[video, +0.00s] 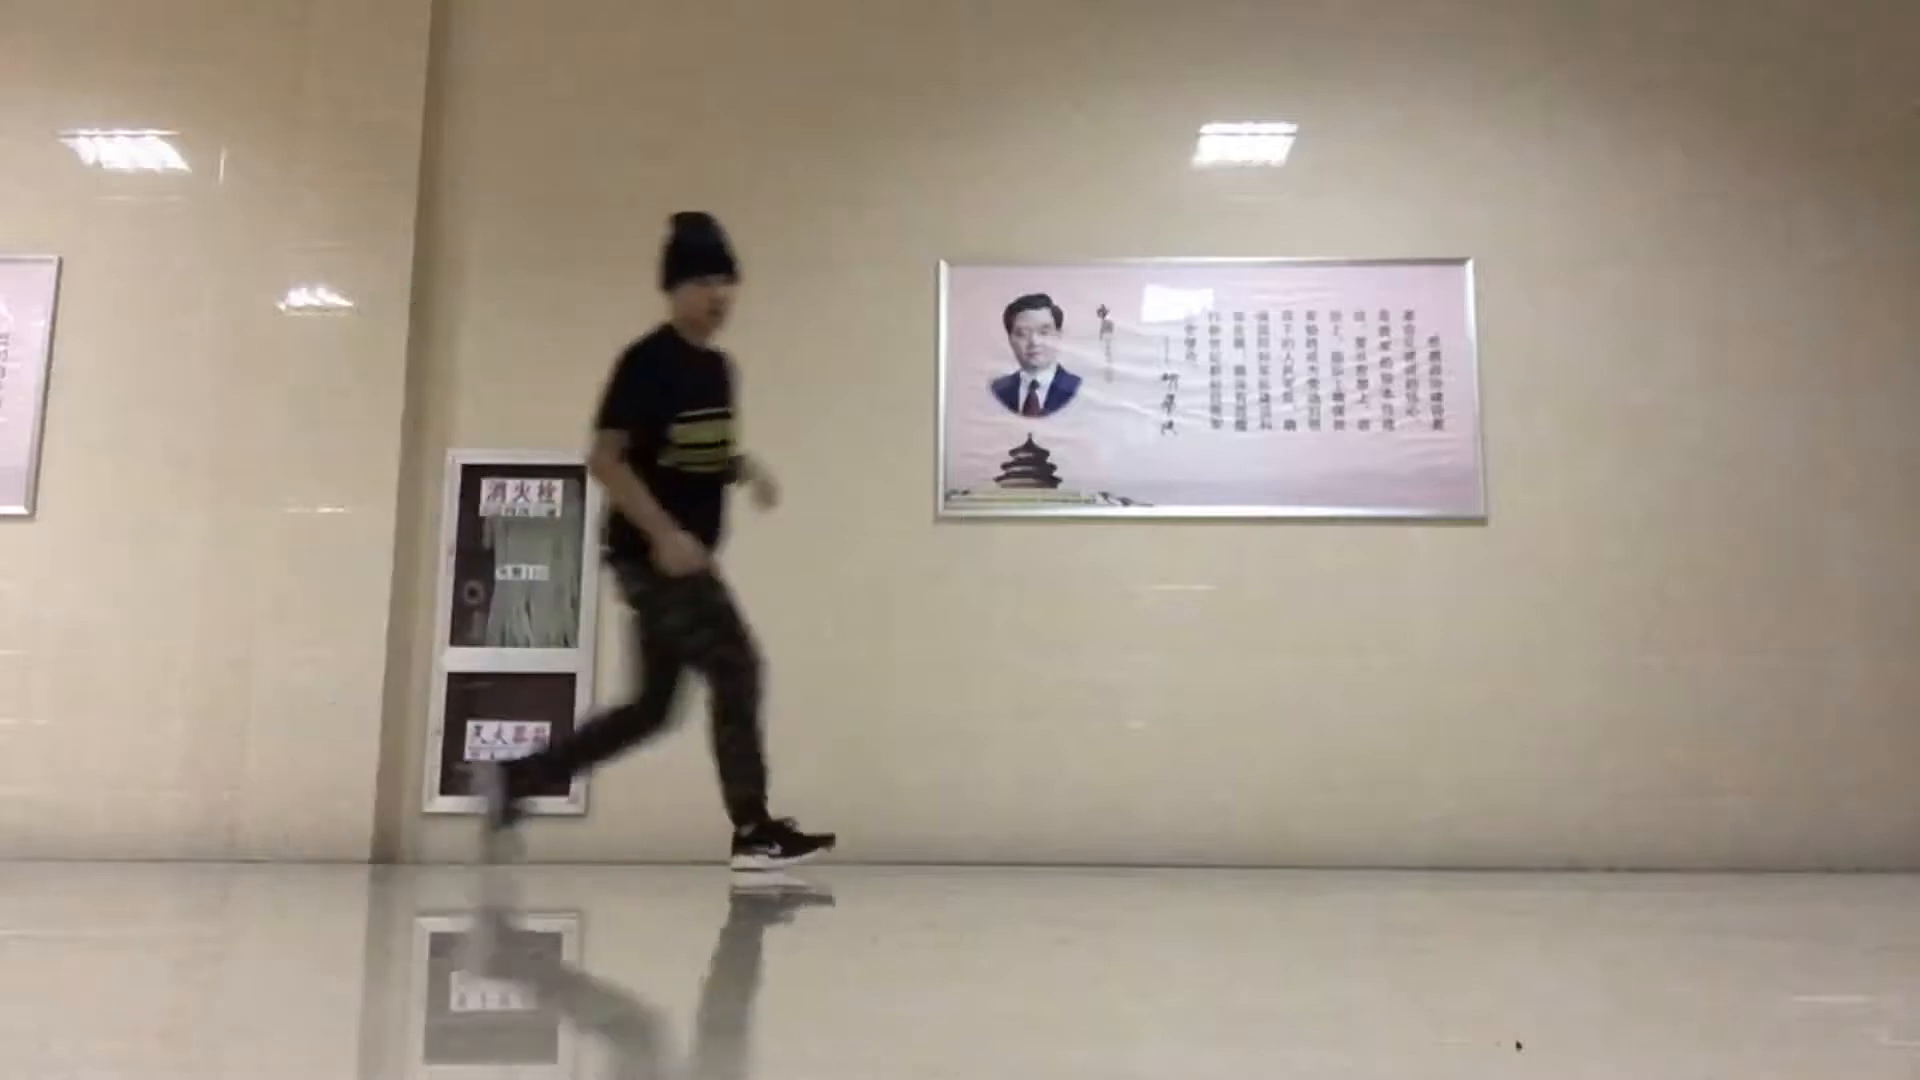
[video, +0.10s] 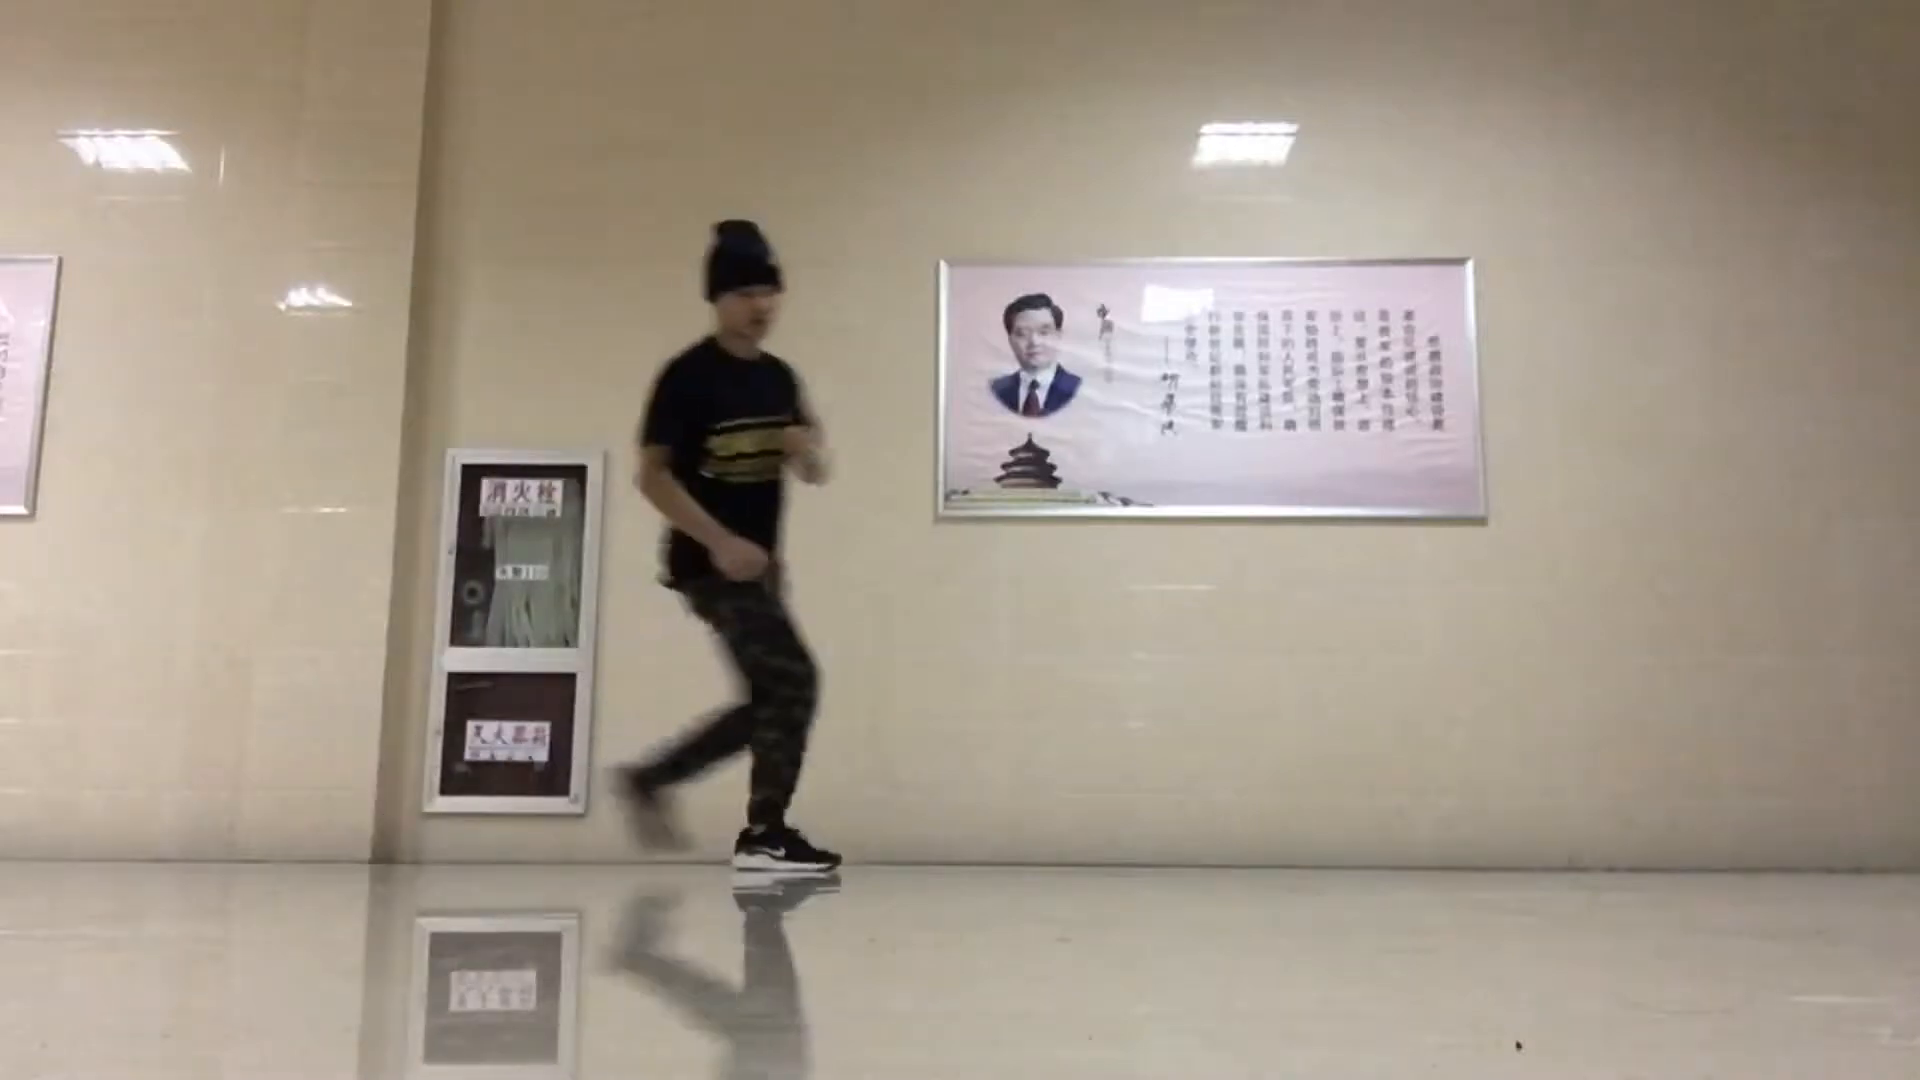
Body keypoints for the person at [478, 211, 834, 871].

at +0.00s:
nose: (717, 296)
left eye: (725, 282)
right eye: (702, 283)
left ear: (735, 288)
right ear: (672, 287)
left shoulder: (718, 368)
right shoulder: (646, 361)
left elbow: (706, 446)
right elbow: (606, 460)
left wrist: (745, 473)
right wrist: (664, 532)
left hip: (682, 553)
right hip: (651, 554)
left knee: (653, 707)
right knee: (735, 668)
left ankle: (521, 778)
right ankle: (752, 826)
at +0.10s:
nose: (762, 305)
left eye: (770, 291)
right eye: (747, 291)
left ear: (779, 298)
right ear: (716, 298)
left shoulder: (778, 379)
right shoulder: (685, 377)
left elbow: (813, 472)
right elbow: (651, 475)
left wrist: (806, 454)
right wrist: (721, 541)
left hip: (758, 560)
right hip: (707, 564)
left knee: (776, 701)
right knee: (789, 680)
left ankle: (648, 779)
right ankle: (764, 830)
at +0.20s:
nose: (798, 293)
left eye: (807, 279)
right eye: (783, 282)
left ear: (817, 284)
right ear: (755, 288)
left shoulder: (826, 364)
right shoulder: (727, 369)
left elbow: (862, 444)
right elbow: (705, 472)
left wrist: (860, 470)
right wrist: (764, 540)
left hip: (812, 545)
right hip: (753, 551)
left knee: (853, 682)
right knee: (810, 680)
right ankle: (766, 828)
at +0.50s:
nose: (907, 275)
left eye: (916, 262)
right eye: (892, 263)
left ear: (931, 267)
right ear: (867, 270)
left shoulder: (962, 346)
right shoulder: (835, 355)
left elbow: (1007, 426)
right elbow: (813, 444)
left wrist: (1052, 478)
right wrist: (854, 467)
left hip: (946, 529)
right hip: (872, 535)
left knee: (953, 670)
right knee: (883, 672)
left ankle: (958, 810)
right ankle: (926, 776)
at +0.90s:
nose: (1031, 323)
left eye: (1042, 309)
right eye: (1018, 311)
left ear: (1063, 313)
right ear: (1003, 322)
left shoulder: (1103, 385)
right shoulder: (1000, 398)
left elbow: (1121, 479)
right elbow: (989, 490)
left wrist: (1066, 512)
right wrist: (970, 570)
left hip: (1090, 565)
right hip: (1025, 569)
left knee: (1058, 681)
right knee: (1037, 707)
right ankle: (1083, 822)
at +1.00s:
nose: (1068, 334)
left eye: (1079, 321)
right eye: (1056, 323)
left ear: (1099, 326)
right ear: (1042, 333)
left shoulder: (1130, 394)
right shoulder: (1038, 409)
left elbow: (1138, 483)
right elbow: (1030, 500)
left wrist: (1055, 484)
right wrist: (1006, 579)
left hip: (1127, 579)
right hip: (1062, 582)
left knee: (1130, 714)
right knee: (1055, 719)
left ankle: (1196, 686)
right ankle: (1092, 834)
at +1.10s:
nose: (1107, 303)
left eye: (1118, 291)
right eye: (1096, 292)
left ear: (1136, 296)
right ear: (1080, 300)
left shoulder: (1166, 365)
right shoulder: (1068, 381)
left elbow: (1184, 456)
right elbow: (1068, 473)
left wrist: (1102, 454)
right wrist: (1057, 546)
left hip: (1167, 553)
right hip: (1099, 557)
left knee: (1204, 681)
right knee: (1084, 702)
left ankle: (1257, 724)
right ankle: (1095, 823)